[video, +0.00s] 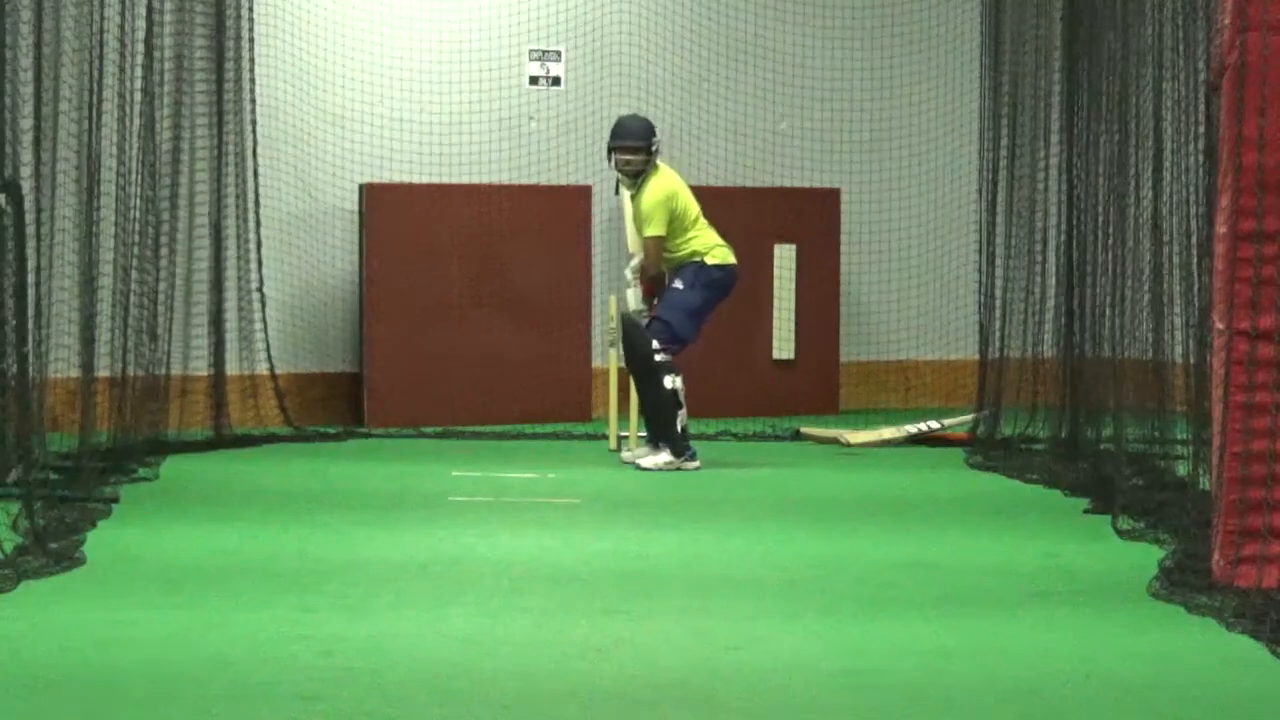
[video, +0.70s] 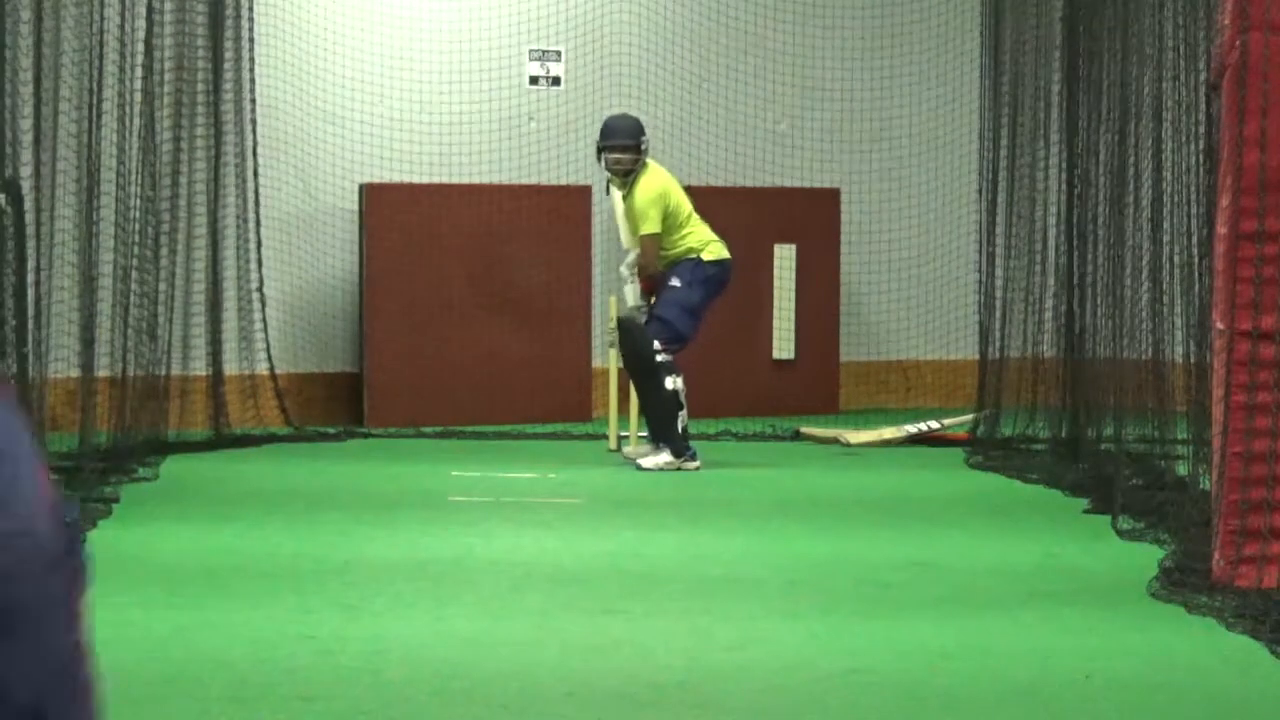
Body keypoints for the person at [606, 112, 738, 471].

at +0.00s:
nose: (628, 159)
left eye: (636, 152)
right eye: (621, 152)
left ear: (651, 154)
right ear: (611, 154)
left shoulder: (656, 191)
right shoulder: (632, 182)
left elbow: (652, 265)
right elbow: (642, 231)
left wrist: (645, 279)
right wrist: (640, 262)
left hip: (709, 264)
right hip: (687, 264)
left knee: (654, 347)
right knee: (644, 345)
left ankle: (678, 450)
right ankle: (659, 444)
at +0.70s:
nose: (619, 159)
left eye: (628, 151)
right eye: (612, 151)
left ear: (641, 152)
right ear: (601, 154)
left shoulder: (648, 188)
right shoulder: (621, 182)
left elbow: (649, 263)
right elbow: (636, 231)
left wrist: (642, 279)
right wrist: (635, 259)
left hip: (703, 260)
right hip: (678, 261)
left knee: (653, 344)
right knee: (641, 342)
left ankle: (678, 449)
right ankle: (661, 440)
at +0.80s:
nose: (616, 160)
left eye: (625, 151)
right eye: (608, 152)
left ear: (636, 153)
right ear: (597, 155)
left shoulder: (644, 189)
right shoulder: (616, 178)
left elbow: (649, 260)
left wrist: (643, 284)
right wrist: (629, 251)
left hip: (699, 258)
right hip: (675, 259)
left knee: (655, 344)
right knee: (645, 342)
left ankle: (677, 448)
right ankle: (664, 439)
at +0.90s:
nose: (611, 165)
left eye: (619, 156)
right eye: (603, 158)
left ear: (631, 157)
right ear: (591, 160)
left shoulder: (643, 193)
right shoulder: (603, 180)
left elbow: (652, 264)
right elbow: (620, 217)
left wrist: (634, 276)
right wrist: (618, 239)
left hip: (698, 254)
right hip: (672, 257)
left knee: (654, 342)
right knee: (642, 341)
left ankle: (672, 446)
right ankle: (662, 438)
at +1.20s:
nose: (601, 191)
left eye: (608, 183)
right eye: (593, 185)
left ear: (620, 173)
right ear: (582, 179)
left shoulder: (641, 184)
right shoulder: (583, 195)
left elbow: (658, 239)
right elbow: (591, 234)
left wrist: (625, 281)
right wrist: (596, 256)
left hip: (681, 257)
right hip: (644, 262)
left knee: (648, 340)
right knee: (614, 342)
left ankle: (622, 443)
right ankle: (663, 438)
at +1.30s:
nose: (602, 188)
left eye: (608, 179)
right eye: (593, 181)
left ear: (621, 170)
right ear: (582, 176)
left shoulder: (639, 166)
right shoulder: (582, 206)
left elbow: (660, 168)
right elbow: (611, 248)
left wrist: (643, 222)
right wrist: (624, 257)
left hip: (675, 254)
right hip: (635, 266)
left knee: (650, 339)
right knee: (619, 344)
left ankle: (623, 442)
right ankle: (663, 437)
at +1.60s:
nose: (607, 174)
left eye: (614, 166)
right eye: (598, 169)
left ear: (626, 151)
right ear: (584, 159)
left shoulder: (646, 151)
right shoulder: (580, 187)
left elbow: (690, 162)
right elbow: (614, 234)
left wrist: (690, 220)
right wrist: (655, 254)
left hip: (662, 255)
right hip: (613, 260)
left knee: (648, 345)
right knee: (603, 345)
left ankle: (633, 438)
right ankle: (616, 421)